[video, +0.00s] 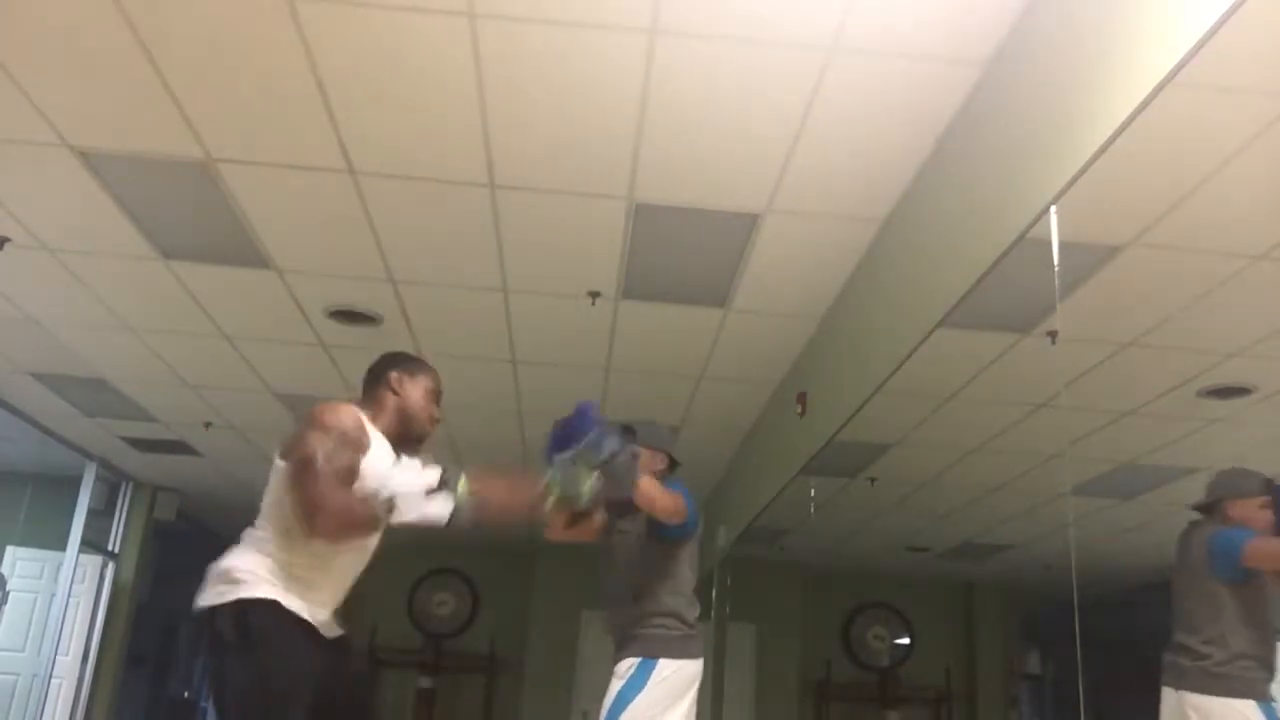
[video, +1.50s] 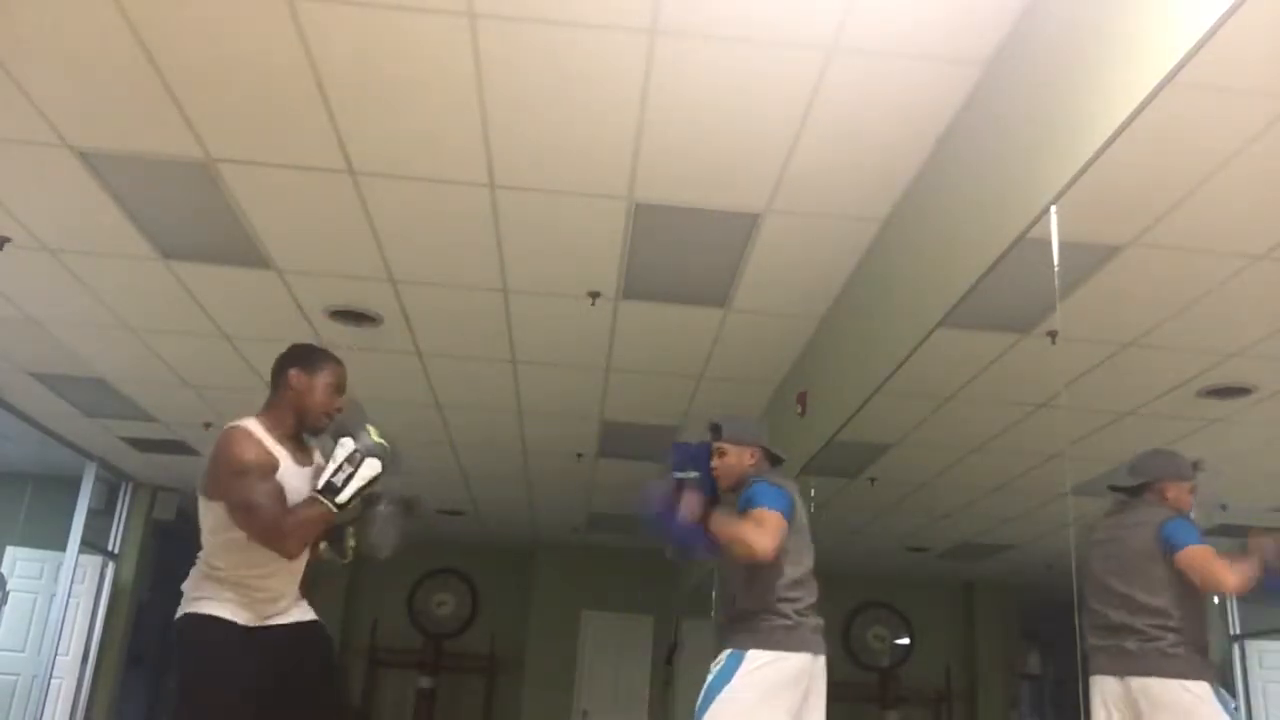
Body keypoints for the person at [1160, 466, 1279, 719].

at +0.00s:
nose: (1272, 516)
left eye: (1270, 507)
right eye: (1263, 507)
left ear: (1229, 509)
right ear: (1232, 508)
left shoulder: (1192, 536)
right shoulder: (1225, 541)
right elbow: (1274, 552)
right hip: (1228, 695)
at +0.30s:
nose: (1210, 523)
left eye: (1209, 514)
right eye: (1202, 514)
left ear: (1170, 515)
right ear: (1172, 514)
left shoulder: (1141, 546)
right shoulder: (1169, 549)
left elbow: (1208, 614)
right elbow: (1172, 615)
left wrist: (1226, 552)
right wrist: (1234, 631)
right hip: (1173, 702)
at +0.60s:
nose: (1202, 514)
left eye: (1200, 504)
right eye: (1194, 505)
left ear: (1164, 508)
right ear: (1165, 507)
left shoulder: (1127, 540)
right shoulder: (1165, 541)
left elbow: (1200, 606)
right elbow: (1178, 612)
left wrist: (1213, 547)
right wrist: (1222, 665)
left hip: (1120, 688)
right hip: (1159, 691)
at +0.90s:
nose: (1256, 516)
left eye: (1255, 506)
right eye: (1250, 506)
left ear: (1212, 503)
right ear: (1220, 503)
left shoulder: (1161, 533)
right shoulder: (1219, 537)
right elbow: (1235, 614)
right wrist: (1267, 678)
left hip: (1135, 675)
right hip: (1186, 680)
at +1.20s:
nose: (1233, 504)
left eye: (1232, 494)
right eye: (1228, 495)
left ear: (1179, 495)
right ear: (1201, 494)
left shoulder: (1135, 531)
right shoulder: (1208, 532)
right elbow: (1242, 610)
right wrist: (1271, 664)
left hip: (1131, 680)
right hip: (1190, 684)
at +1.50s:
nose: (1194, 500)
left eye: (1194, 491)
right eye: (1189, 491)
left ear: (1140, 491)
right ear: (1164, 490)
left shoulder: (1101, 527)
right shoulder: (1169, 524)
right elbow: (1226, 581)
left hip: (1103, 682)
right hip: (1168, 682)